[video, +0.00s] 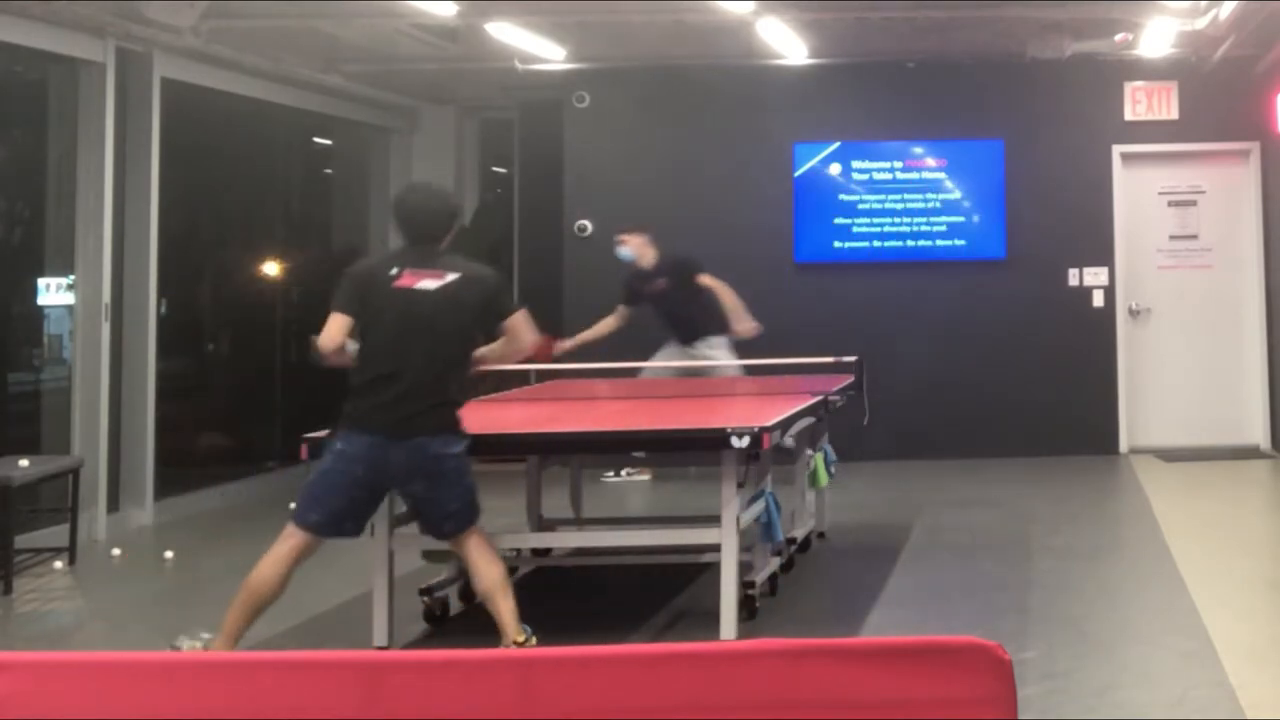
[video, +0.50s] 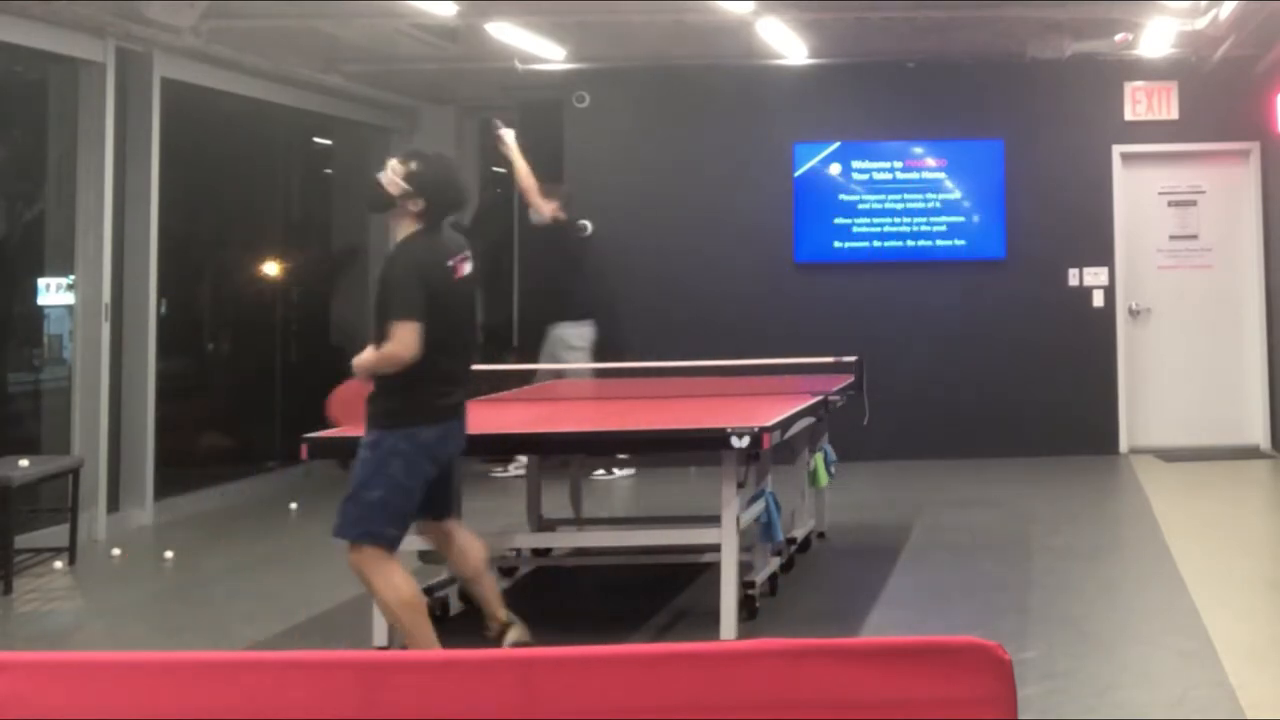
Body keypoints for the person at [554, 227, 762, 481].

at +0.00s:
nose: (622, 249)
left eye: (627, 242)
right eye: (620, 244)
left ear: (645, 241)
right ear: (625, 251)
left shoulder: (677, 266)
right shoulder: (636, 283)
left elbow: (718, 286)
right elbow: (617, 319)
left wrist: (740, 320)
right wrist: (572, 343)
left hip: (712, 344)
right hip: (679, 348)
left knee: (739, 397)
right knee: (641, 389)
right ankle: (639, 463)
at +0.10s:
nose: (598, 234)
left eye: (601, 226)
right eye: (596, 229)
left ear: (618, 225)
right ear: (601, 234)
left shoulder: (647, 251)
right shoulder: (613, 267)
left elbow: (683, 285)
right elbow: (607, 314)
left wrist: (666, 308)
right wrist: (575, 346)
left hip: (682, 334)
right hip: (650, 338)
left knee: (701, 392)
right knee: (622, 390)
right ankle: (636, 462)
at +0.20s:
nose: (584, 216)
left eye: (587, 209)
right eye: (581, 211)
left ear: (604, 207)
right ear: (587, 214)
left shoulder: (625, 232)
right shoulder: (599, 241)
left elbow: (637, 255)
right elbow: (592, 284)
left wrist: (590, 243)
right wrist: (559, 298)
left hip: (652, 319)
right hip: (625, 324)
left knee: (672, 385)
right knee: (611, 385)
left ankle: (707, 450)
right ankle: (632, 455)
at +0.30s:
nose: (577, 206)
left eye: (581, 200)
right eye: (574, 201)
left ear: (595, 201)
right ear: (573, 205)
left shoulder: (608, 225)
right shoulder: (582, 234)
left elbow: (579, 206)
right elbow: (558, 243)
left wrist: (545, 182)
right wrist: (525, 224)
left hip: (630, 311)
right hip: (603, 315)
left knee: (635, 380)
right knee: (584, 374)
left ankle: (647, 449)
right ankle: (610, 444)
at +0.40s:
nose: (558, 201)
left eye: (562, 195)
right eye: (556, 196)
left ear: (576, 198)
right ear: (560, 202)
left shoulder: (585, 216)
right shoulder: (567, 221)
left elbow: (551, 189)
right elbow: (538, 206)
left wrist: (525, 151)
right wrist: (511, 177)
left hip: (605, 314)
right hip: (583, 315)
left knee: (605, 386)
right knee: (558, 379)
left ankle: (620, 455)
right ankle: (563, 452)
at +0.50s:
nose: (536, 208)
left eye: (541, 204)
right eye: (538, 203)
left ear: (556, 206)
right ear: (561, 207)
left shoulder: (562, 230)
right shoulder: (568, 231)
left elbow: (531, 193)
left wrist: (512, 151)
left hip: (572, 320)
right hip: (561, 319)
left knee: (581, 392)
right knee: (538, 390)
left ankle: (617, 456)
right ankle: (523, 455)